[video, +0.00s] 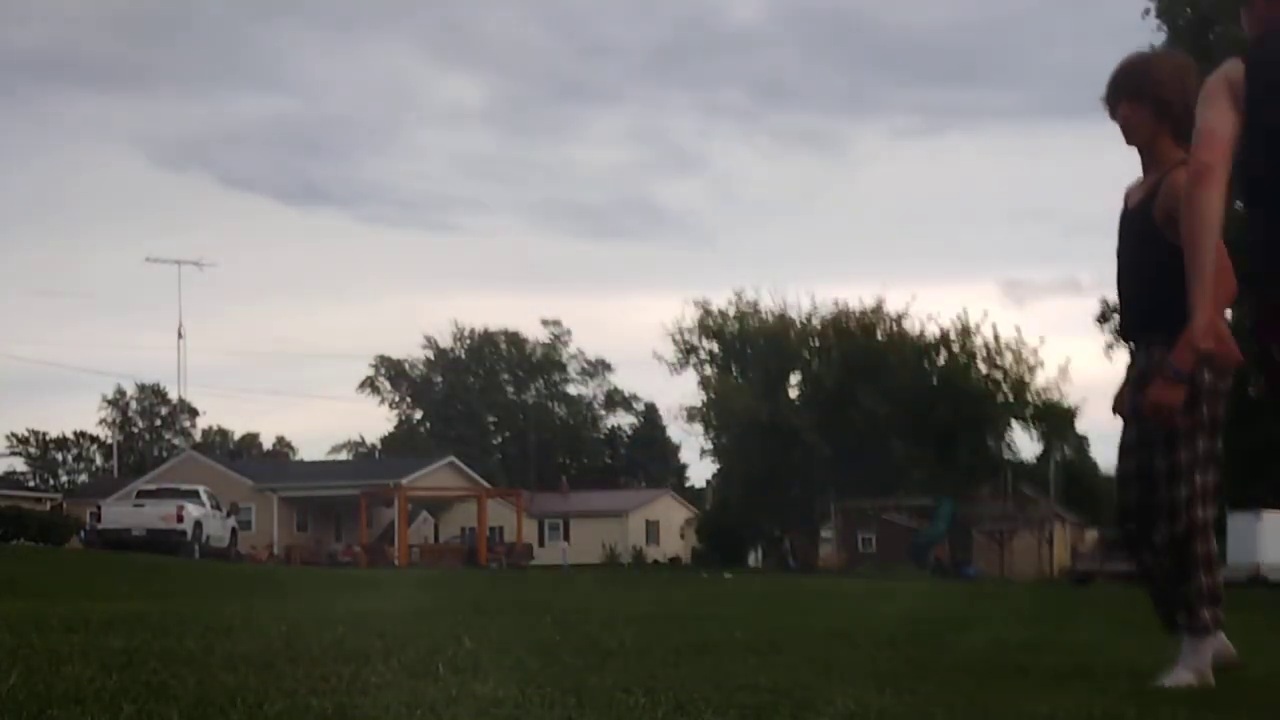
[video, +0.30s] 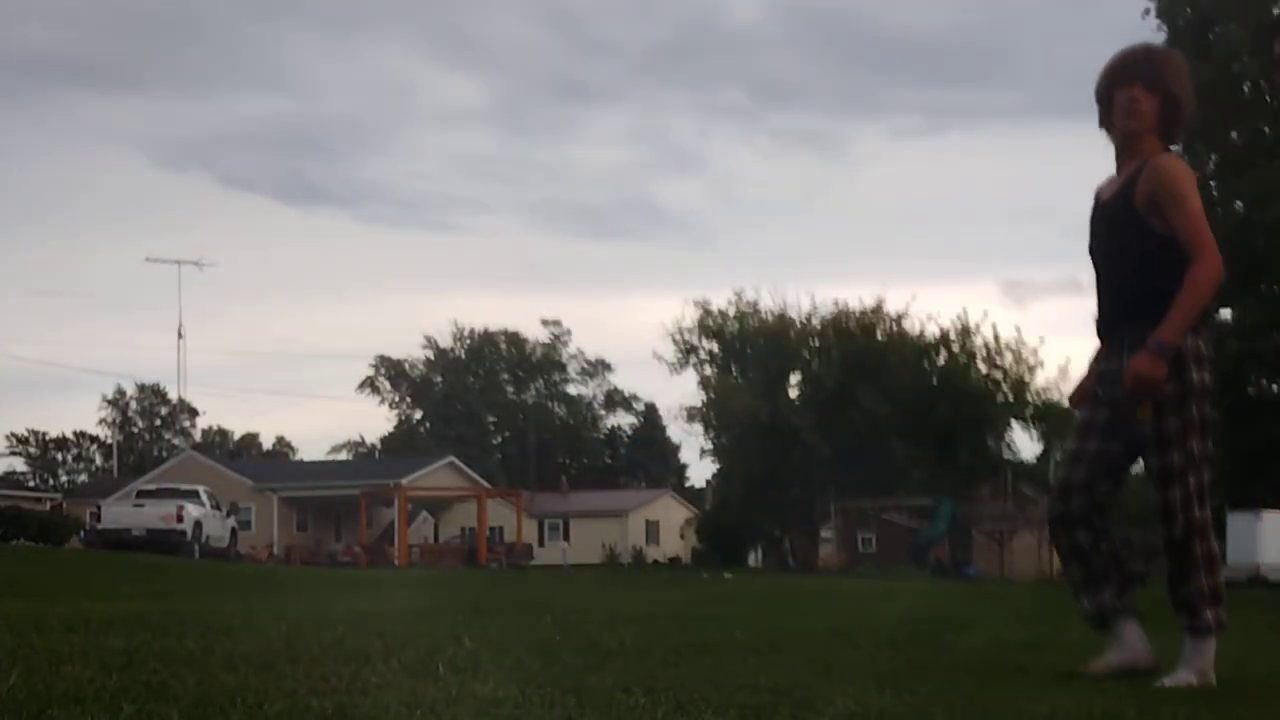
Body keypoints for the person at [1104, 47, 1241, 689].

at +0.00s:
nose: (1117, 123)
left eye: (1123, 111)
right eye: (1115, 112)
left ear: (1155, 108)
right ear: (1141, 111)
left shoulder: (1185, 185)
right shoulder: (1138, 193)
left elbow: (1220, 283)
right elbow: (1150, 290)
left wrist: (1178, 367)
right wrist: (1135, 369)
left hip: (1192, 359)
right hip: (1150, 360)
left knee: (1186, 499)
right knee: (1146, 502)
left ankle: (1198, 648)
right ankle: (1202, 633)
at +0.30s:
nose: (1129, 97)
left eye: (1144, 89)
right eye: (1119, 88)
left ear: (1167, 107)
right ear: (1105, 105)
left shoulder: (1168, 172)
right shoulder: (1108, 191)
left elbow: (1209, 264)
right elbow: (1123, 294)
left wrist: (1159, 348)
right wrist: (1097, 369)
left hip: (1174, 354)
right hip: (1120, 360)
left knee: (1183, 499)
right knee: (1074, 500)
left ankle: (1199, 656)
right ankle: (1124, 636)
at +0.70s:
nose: (1027, 82)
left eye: (1039, 71)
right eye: (1013, 78)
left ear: (1067, 86)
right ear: (1000, 103)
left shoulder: (1104, 164)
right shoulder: (1000, 196)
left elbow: (1167, 254)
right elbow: (1012, 290)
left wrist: (1202, 350)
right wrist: (1003, 370)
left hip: (1097, 354)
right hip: (1027, 360)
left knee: (1114, 502)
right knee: (1008, 507)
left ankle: (1178, 636)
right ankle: (1037, 657)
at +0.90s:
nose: (987, 58)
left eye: (999, 46)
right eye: (973, 53)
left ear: (1026, 59)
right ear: (960, 74)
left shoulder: (1071, 141)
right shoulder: (952, 172)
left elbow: (1128, 231)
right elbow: (951, 272)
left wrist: (1145, 328)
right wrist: (919, 356)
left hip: (1059, 331)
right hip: (993, 339)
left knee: (1038, 477)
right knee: (997, 493)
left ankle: (1082, 595)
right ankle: (1032, 646)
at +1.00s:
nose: (974, 53)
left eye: (986, 40)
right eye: (960, 46)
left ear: (1012, 54)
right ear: (945, 68)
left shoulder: (1056, 139)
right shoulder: (932, 162)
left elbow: (1104, 234)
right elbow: (921, 265)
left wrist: (1109, 327)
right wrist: (879, 334)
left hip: (1041, 327)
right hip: (973, 336)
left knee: (1017, 474)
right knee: (987, 486)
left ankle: (1019, 627)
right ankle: (1032, 641)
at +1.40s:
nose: (916, 9)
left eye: (930, 0)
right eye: (904, 2)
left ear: (955, 16)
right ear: (887, 18)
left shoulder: (989, 111)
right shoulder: (853, 118)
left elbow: (1026, 225)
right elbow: (842, 228)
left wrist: (1032, 326)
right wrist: (819, 319)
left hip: (957, 310)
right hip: (881, 314)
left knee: (942, 479)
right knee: (879, 483)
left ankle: (952, 632)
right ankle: (957, 600)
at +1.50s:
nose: (897, 2)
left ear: (934, 9)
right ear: (861, 11)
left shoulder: (968, 100)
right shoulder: (829, 108)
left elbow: (1009, 211)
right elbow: (821, 222)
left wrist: (1024, 310)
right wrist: (806, 317)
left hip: (939, 301)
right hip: (856, 306)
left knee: (942, 478)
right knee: (834, 478)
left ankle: (951, 631)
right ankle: (880, 596)